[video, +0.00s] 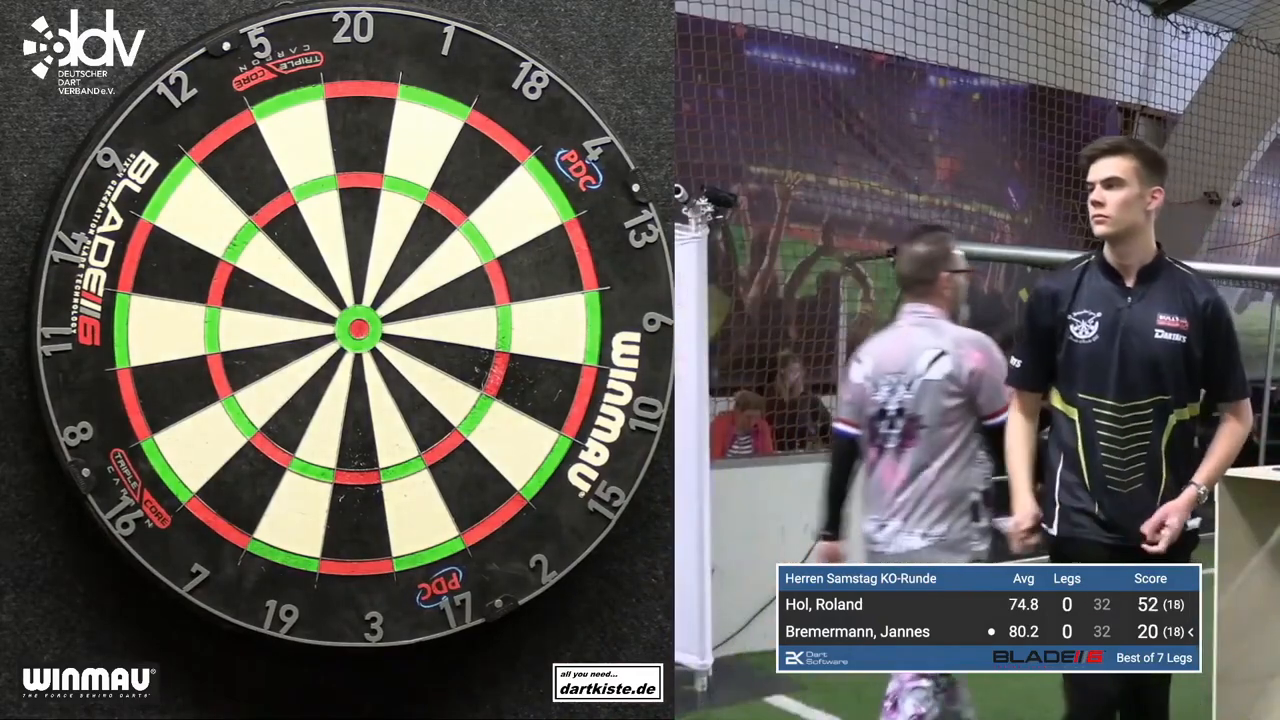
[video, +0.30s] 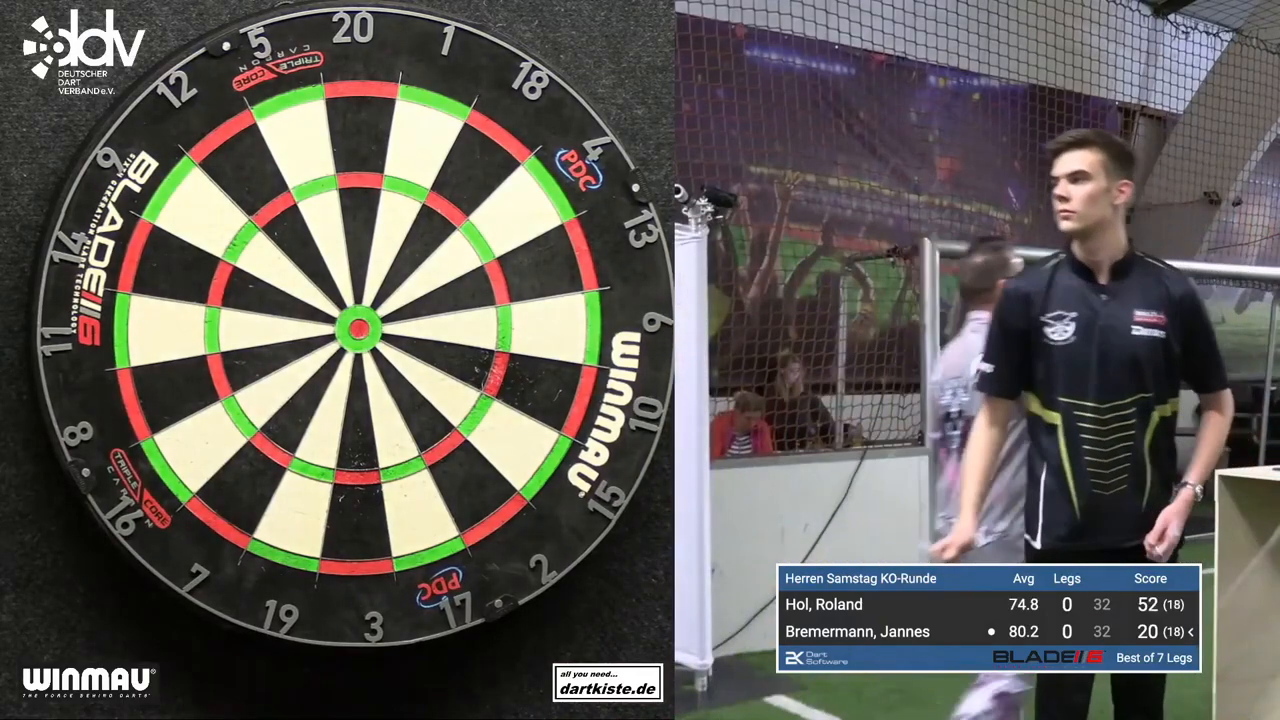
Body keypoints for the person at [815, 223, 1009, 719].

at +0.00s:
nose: (967, 278)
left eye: (963, 268)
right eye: (961, 269)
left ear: (905, 280)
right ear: (945, 279)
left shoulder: (867, 355)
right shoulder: (973, 349)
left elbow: (843, 449)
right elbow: (1006, 440)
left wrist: (830, 532)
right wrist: (1018, 513)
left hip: (882, 540)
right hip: (952, 540)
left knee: (933, 659)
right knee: (928, 663)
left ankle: (957, 713)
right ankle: (901, 714)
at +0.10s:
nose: (985, 284)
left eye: (981, 274)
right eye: (978, 275)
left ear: (920, 287)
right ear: (960, 285)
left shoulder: (889, 358)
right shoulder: (989, 352)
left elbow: (867, 452)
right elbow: (1018, 435)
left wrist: (866, 534)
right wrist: (1015, 513)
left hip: (902, 539)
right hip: (966, 538)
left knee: (963, 656)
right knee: (938, 663)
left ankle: (975, 709)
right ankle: (911, 714)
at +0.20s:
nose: (1011, 288)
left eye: (1008, 278)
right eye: (1005, 280)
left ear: (955, 291)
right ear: (987, 291)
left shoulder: (922, 361)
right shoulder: (1008, 358)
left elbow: (908, 449)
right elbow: (1036, 439)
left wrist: (912, 529)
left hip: (937, 534)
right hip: (997, 533)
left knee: (960, 650)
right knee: (983, 654)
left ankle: (992, 710)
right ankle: (944, 709)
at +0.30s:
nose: (1026, 288)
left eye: (1024, 278)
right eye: (1020, 279)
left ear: (969, 289)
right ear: (1002, 290)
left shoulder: (945, 357)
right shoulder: (1012, 350)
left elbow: (939, 443)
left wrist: (951, 515)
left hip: (956, 525)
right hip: (1007, 529)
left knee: (1002, 652)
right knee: (1021, 656)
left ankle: (1003, 709)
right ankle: (972, 712)